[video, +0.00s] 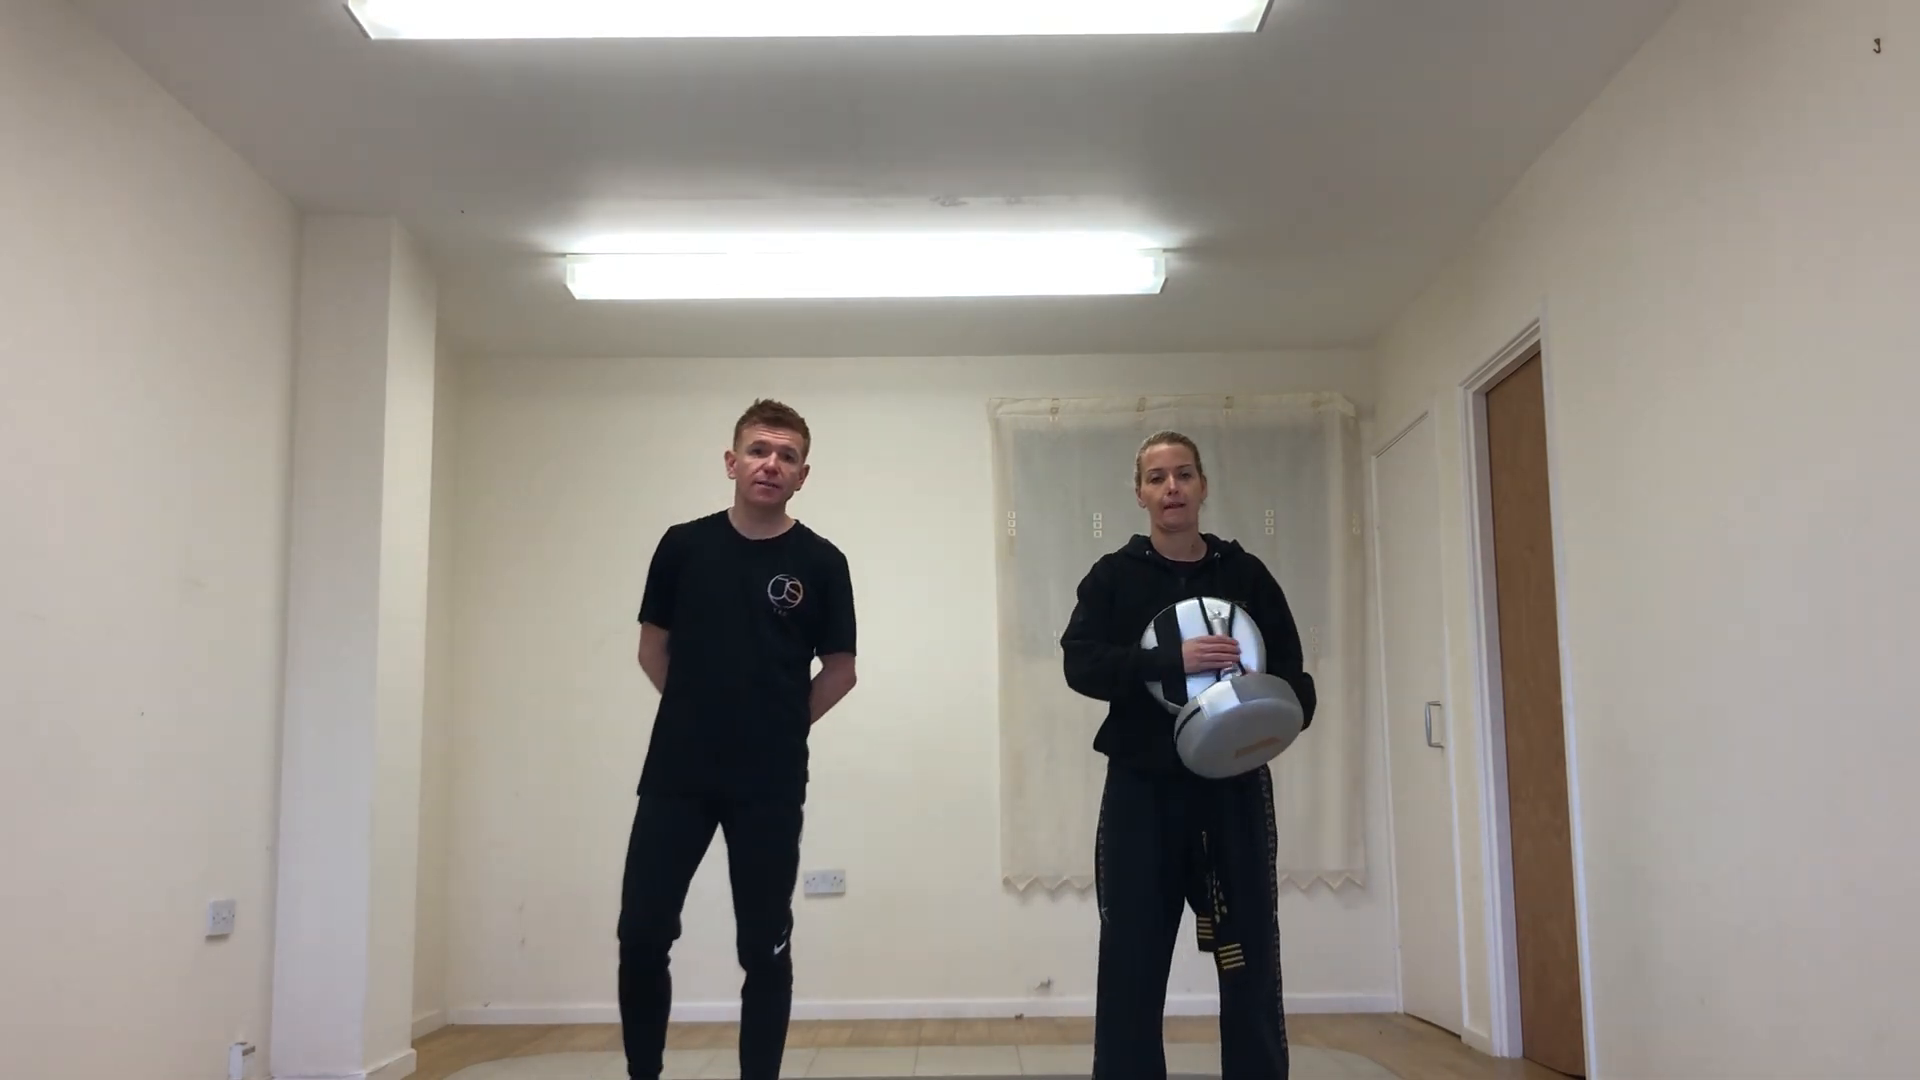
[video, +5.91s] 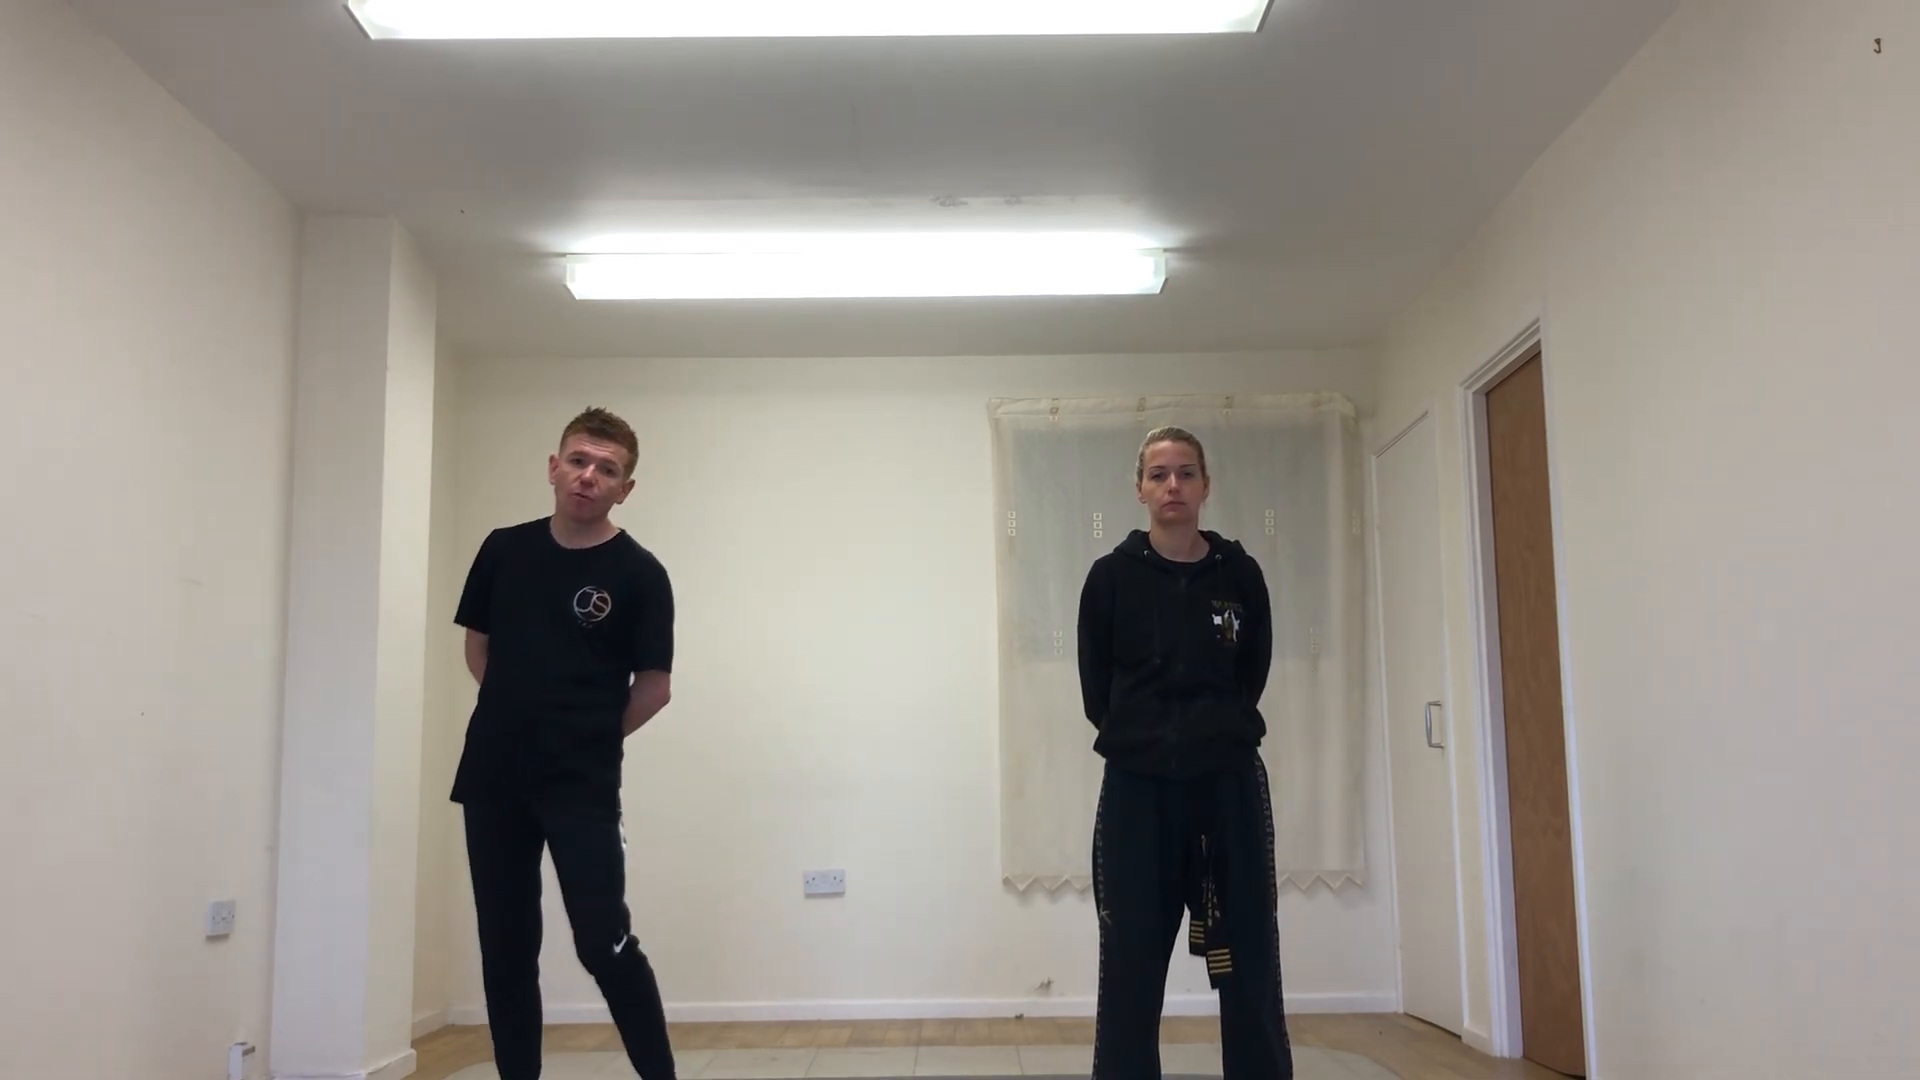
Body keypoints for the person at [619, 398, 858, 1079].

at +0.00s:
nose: (771, 463)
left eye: (787, 455)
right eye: (759, 450)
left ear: (802, 475)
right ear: (731, 461)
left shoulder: (822, 562)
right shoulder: (682, 544)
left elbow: (841, 670)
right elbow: (652, 649)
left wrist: (779, 720)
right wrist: (701, 707)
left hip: (768, 773)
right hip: (680, 764)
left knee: (764, 947)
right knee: (641, 933)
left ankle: (760, 1076)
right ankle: (643, 1074)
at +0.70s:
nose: (664, 466)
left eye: (680, 457)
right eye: (651, 454)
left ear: (698, 477)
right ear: (626, 469)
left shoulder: (723, 564)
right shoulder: (581, 555)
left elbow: (745, 673)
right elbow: (555, 663)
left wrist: (687, 726)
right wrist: (605, 717)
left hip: (678, 771)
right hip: (588, 769)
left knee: (710, 949)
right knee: (573, 952)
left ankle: (741, 1076)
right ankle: (568, 1076)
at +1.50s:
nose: (639, 480)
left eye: (641, 467)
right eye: (625, 467)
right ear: (574, 471)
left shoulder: (648, 557)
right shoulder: (512, 560)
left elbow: (697, 649)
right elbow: (473, 667)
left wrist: (776, 686)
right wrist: (530, 733)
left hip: (643, 778)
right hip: (554, 784)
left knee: (656, 944)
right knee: (555, 949)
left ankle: (662, 1075)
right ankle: (561, 1075)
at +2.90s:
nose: (666, 463)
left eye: (681, 454)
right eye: (653, 451)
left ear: (699, 475)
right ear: (627, 466)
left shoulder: (718, 567)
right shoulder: (575, 546)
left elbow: (730, 678)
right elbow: (538, 654)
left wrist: (669, 718)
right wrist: (588, 712)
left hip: (672, 780)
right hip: (581, 774)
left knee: (678, 954)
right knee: (554, 952)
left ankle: (678, 1077)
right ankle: (536, 1075)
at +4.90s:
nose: (634, 466)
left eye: (650, 458)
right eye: (622, 452)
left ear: (664, 477)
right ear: (592, 464)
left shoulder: (688, 562)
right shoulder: (542, 552)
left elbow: (707, 672)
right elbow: (515, 661)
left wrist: (647, 719)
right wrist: (568, 715)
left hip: (648, 777)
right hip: (557, 774)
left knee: (661, 952)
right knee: (540, 953)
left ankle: (673, 1077)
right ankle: (531, 1076)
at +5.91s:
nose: (588, 476)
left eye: (606, 468)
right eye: (578, 460)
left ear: (624, 489)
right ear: (553, 467)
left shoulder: (640, 574)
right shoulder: (503, 548)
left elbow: (653, 689)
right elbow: (477, 652)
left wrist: (589, 730)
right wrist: (526, 711)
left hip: (582, 782)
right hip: (496, 775)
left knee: (603, 946)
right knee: (505, 952)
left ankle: (659, 1075)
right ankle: (518, 1076)